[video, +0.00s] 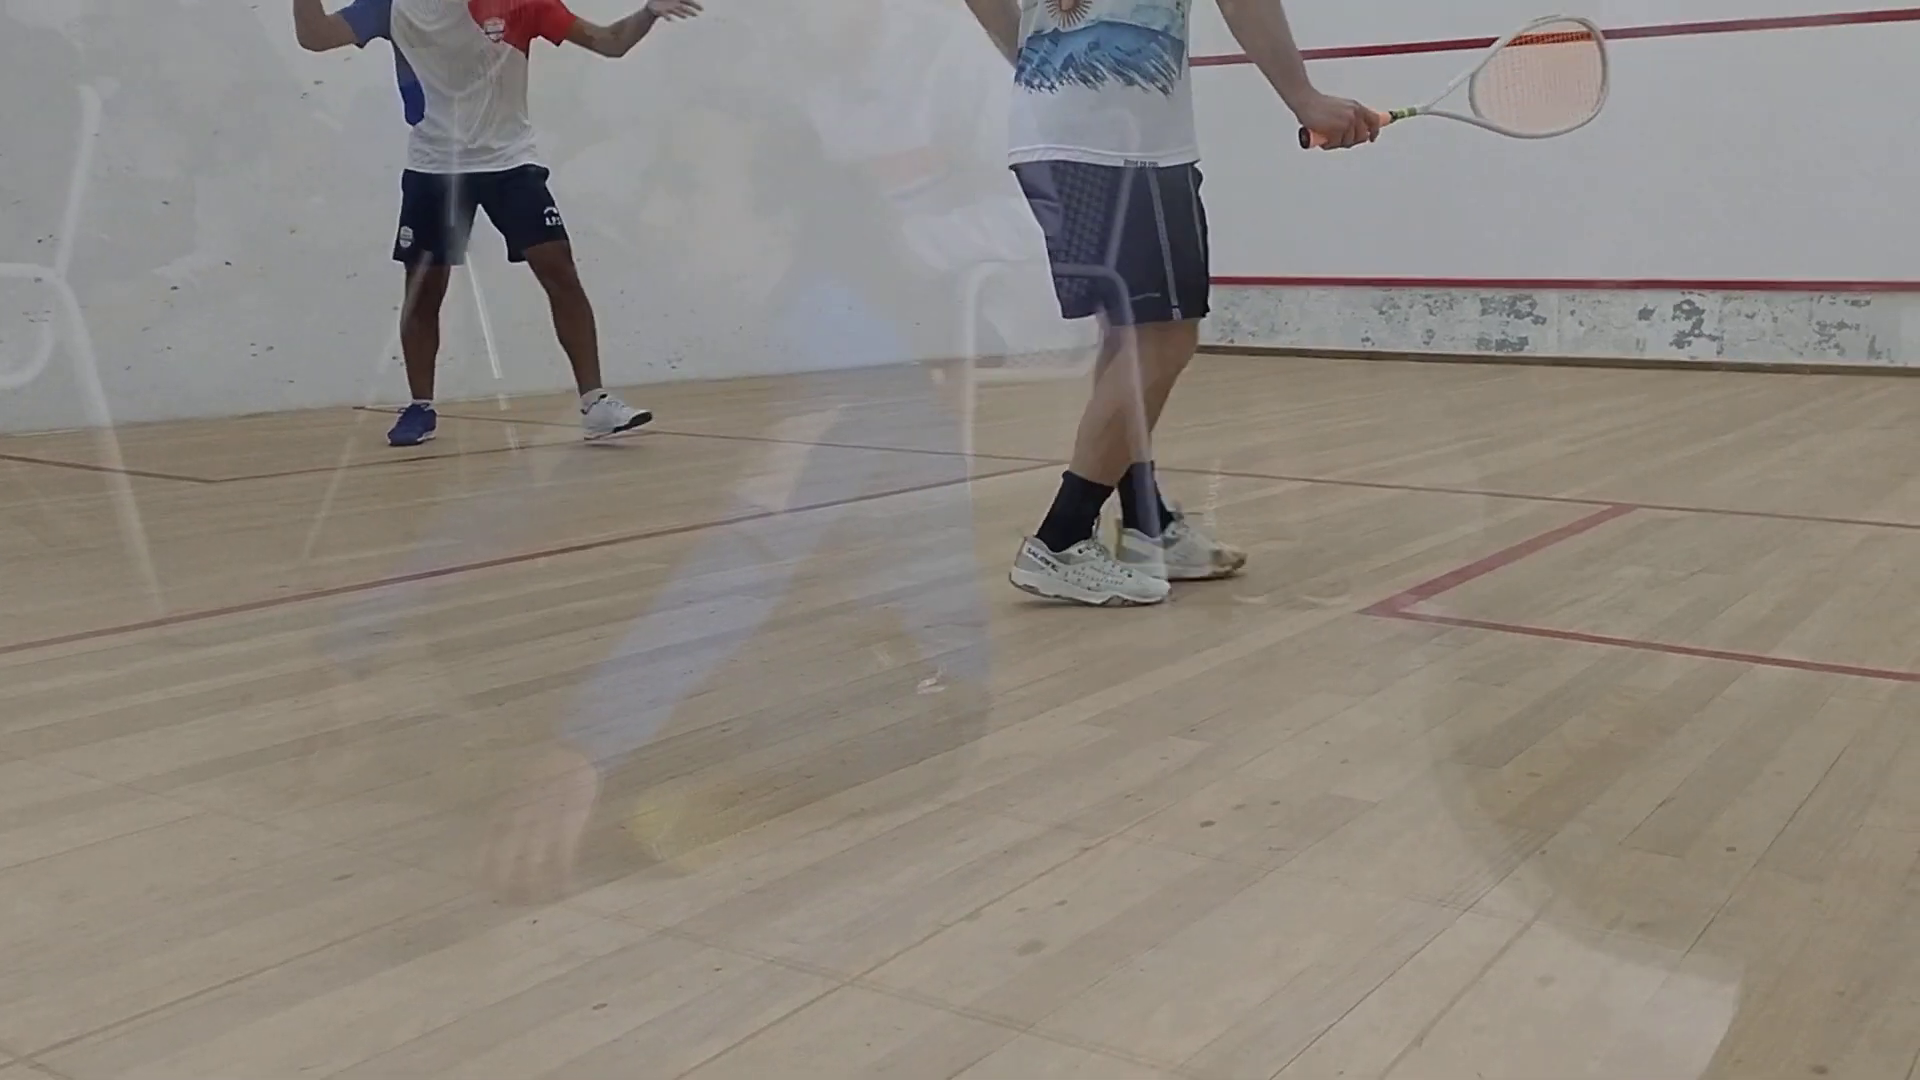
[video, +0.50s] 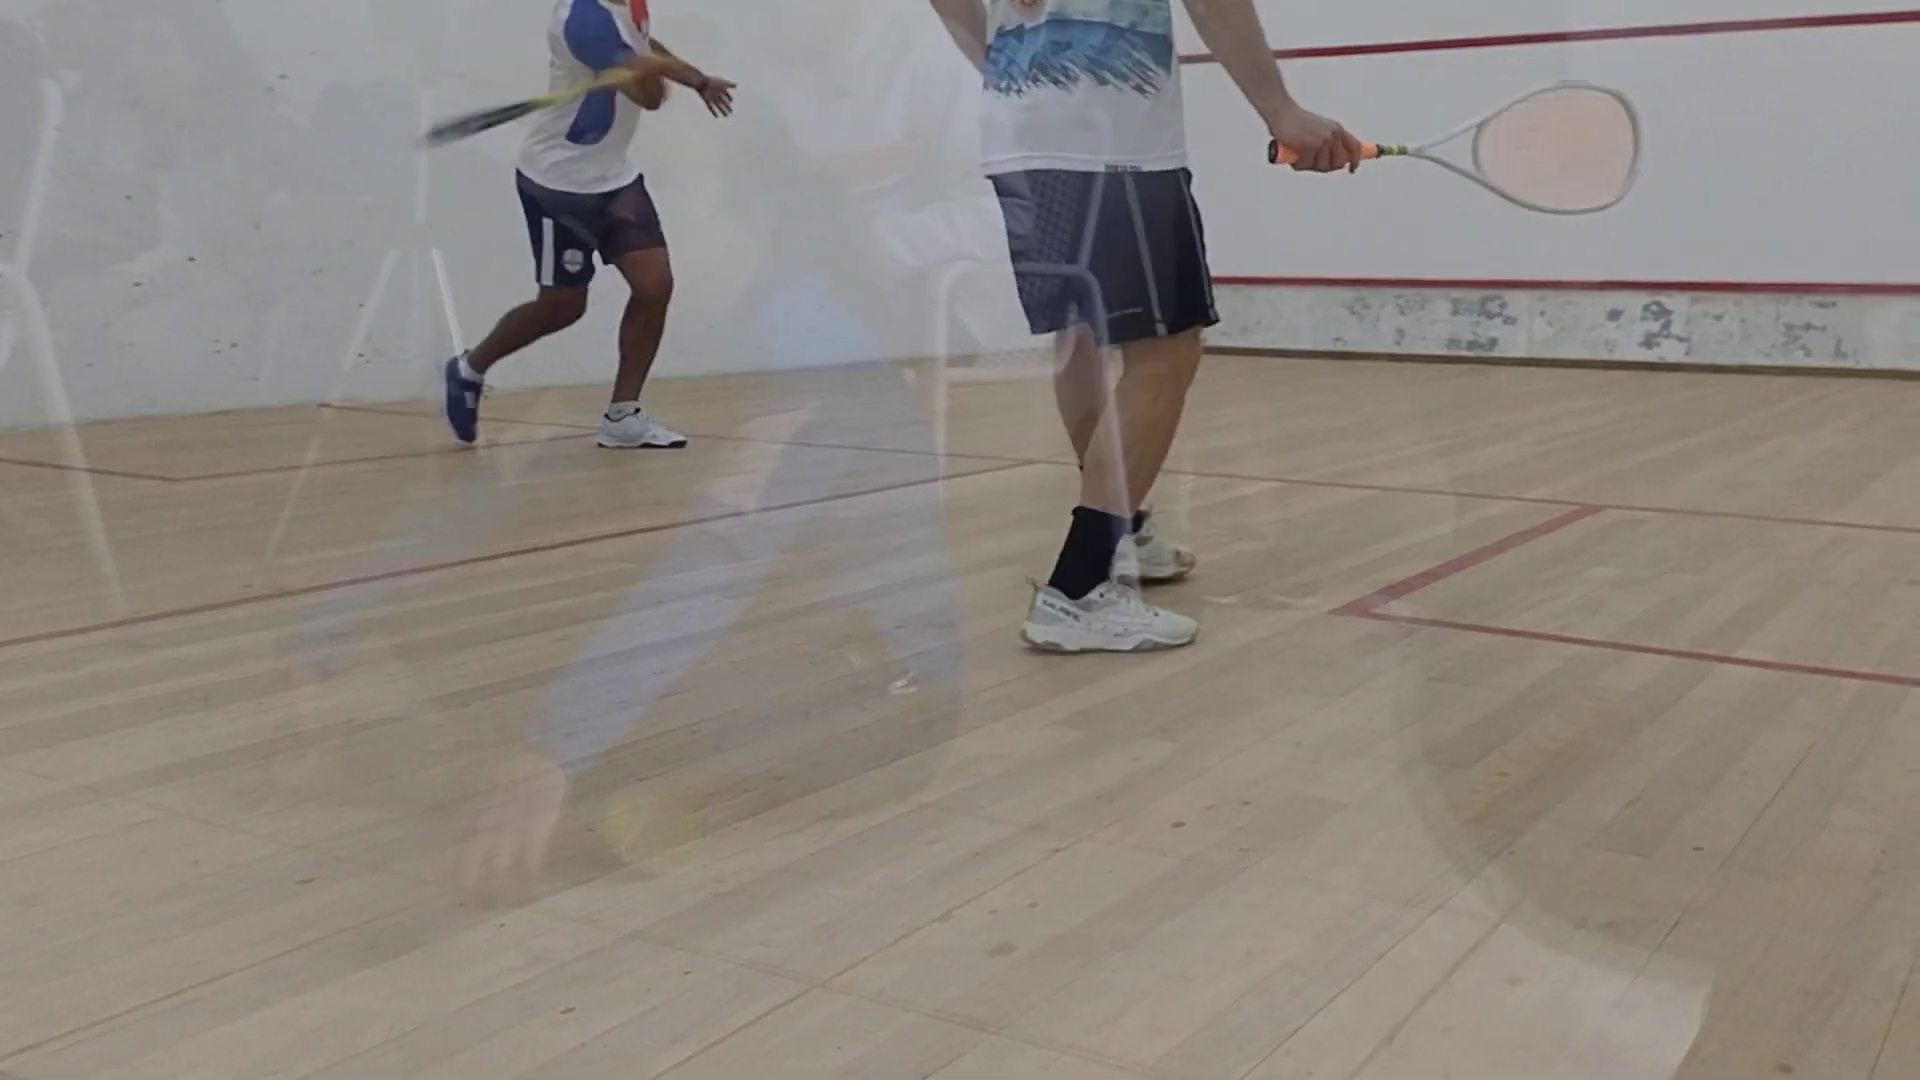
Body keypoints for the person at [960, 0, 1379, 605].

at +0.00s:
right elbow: (1240, 0)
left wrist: (1042, 63)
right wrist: (1304, 95)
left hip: (1050, 115)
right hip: (1128, 119)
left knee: (1122, 326)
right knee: (1166, 334)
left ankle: (1148, 526)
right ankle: (1058, 545)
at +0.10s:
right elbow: (1239, 4)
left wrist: (1051, 78)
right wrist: (1310, 112)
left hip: (1060, 130)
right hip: (1141, 133)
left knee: (1142, 331)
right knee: (1229, 335)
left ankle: (1149, 529)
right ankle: (1086, 519)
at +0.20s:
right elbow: (1234, 6)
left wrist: (1057, 77)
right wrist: (1302, 118)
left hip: (1057, 137)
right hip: (1147, 141)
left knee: (1141, 323)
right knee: (1251, 325)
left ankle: (1146, 528)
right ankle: (1102, 510)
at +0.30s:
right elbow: (1225, 6)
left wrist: (1051, 71)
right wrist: (1296, 118)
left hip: (1049, 138)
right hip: (1141, 138)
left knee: (1133, 330)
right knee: (1235, 337)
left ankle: (1143, 531)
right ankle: (1107, 535)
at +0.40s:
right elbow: (1219, 5)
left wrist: (1034, 76)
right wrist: (1292, 123)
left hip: (1039, 137)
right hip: (1132, 138)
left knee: (1113, 337)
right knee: (1193, 360)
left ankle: (1137, 534)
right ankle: (1087, 580)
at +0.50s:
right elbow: (1210, 2)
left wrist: (1016, 72)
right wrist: (1283, 109)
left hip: (1017, 120)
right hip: (1113, 121)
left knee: (1077, 336)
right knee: (1167, 346)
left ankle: (1124, 533)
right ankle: (1077, 591)